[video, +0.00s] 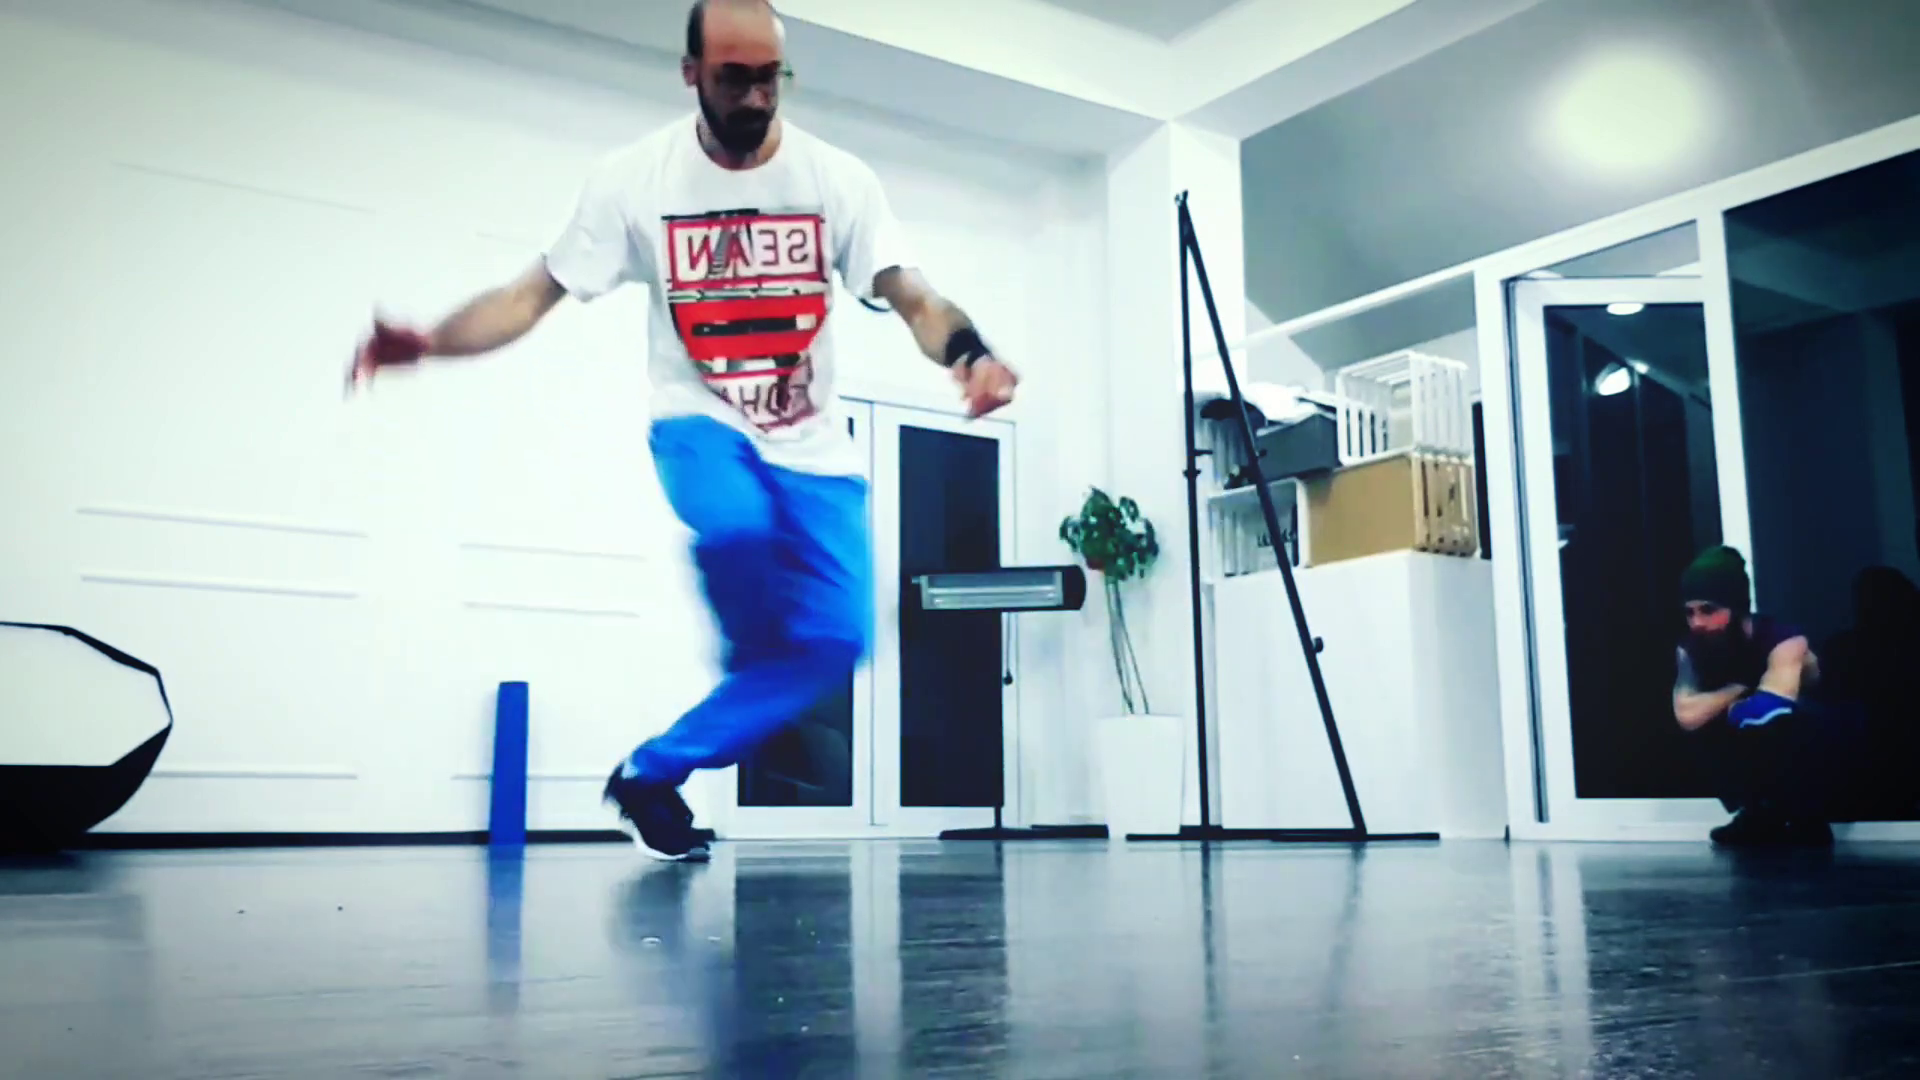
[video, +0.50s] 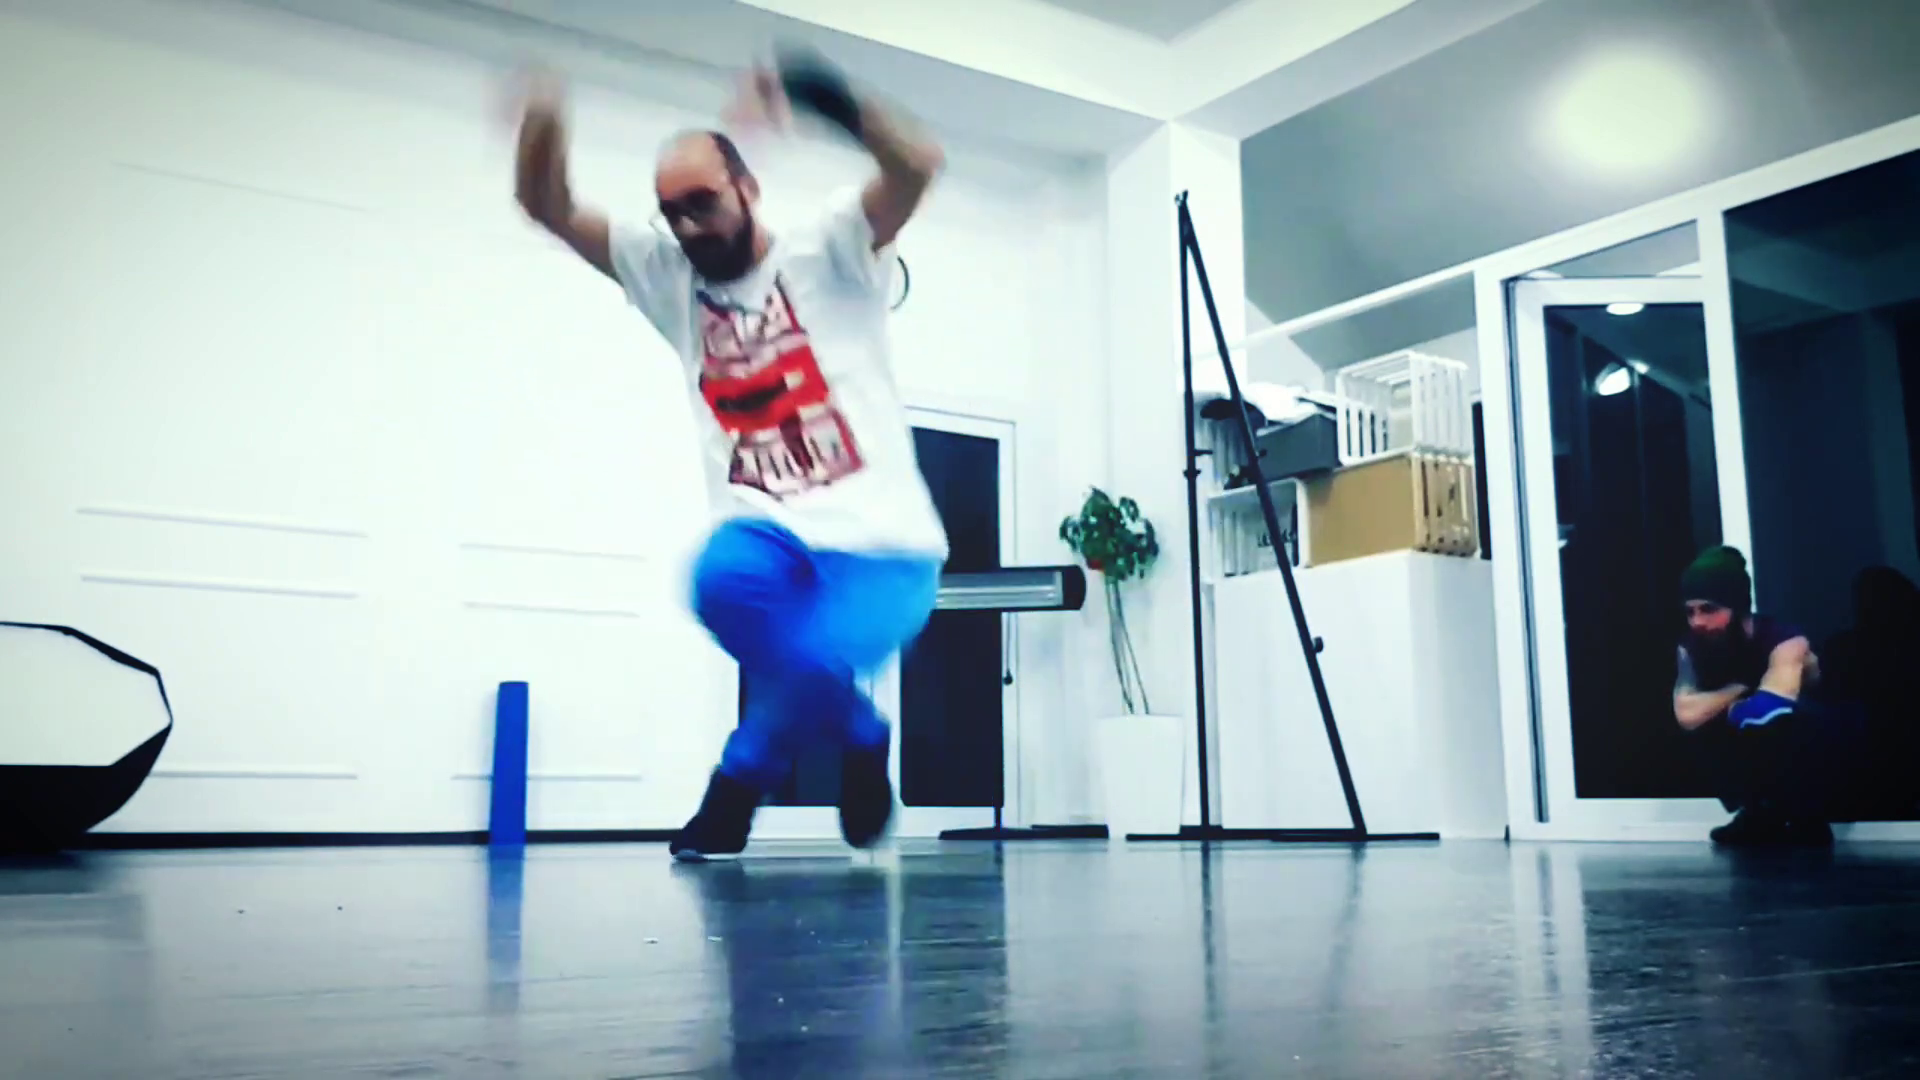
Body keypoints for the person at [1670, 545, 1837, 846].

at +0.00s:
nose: (1697, 623)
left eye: (1708, 611)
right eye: (1690, 613)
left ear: (1736, 607)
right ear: (1684, 612)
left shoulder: (1778, 637)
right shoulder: (1690, 652)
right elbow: (1688, 715)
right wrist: (1738, 690)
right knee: (1703, 727)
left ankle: (1803, 819)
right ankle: (1754, 814)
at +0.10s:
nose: (1697, 623)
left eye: (1708, 611)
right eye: (1690, 613)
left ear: (1736, 607)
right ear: (1684, 612)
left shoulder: (1779, 637)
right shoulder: (1690, 652)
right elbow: (1688, 715)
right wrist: (1738, 690)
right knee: (1704, 727)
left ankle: (1802, 819)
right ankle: (1755, 814)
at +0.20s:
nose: (1697, 623)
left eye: (1708, 611)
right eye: (1690, 613)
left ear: (1736, 607)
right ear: (1684, 612)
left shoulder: (1777, 637)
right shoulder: (1691, 652)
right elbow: (1688, 715)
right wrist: (1738, 689)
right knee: (1704, 728)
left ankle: (1802, 819)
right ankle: (1755, 814)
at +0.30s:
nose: (1697, 624)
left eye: (1709, 611)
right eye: (1690, 613)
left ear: (1736, 606)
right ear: (1684, 612)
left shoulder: (1777, 638)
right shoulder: (1691, 652)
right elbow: (1688, 715)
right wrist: (1738, 689)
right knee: (1705, 727)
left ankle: (1802, 819)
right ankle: (1755, 814)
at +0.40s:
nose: (1697, 623)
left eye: (1708, 611)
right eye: (1690, 613)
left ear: (1736, 607)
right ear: (1684, 612)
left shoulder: (1780, 638)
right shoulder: (1691, 652)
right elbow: (1688, 715)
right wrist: (1739, 690)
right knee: (1704, 727)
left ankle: (1802, 818)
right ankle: (1754, 814)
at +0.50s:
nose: (1697, 622)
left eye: (1708, 610)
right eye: (1690, 612)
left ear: (1737, 607)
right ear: (1684, 611)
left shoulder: (1778, 637)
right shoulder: (1691, 650)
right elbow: (1687, 714)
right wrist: (1739, 689)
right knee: (1704, 726)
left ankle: (1802, 818)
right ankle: (1754, 814)